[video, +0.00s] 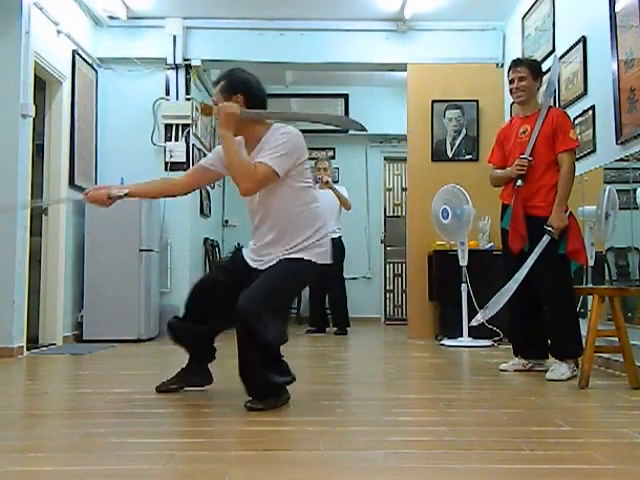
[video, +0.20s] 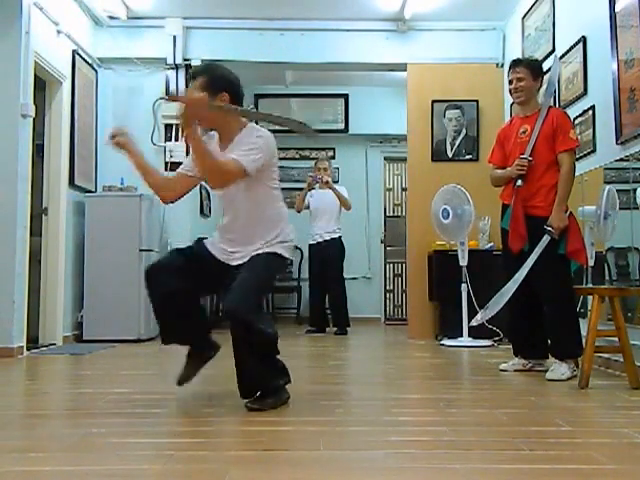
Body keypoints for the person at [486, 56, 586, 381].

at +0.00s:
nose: (516, 85)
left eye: (522, 79)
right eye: (512, 81)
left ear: (538, 82)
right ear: (508, 88)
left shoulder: (555, 117)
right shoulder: (506, 131)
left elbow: (567, 166)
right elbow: (494, 176)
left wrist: (559, 210)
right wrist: (510, 171)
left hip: (547, 214)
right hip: (514, 215)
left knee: (554, 284)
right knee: (520, 284)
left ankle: (565, 358)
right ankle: (529, 355)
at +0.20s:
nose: (515, 86)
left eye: (521, 80)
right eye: (511, 81)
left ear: (538, 82)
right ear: (508, 88)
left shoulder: (555, 117)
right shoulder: (506, 131)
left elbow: (567, 166)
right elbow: (494, 176)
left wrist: (559, 210)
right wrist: (510, 171)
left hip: (548, 214)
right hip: (514, 215)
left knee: (554, 284)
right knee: (521, 284)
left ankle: (565, 358)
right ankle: (530, 355)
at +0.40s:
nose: (514, 86)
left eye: (520, 80)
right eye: (511, 82)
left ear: (538, 83)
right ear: (508, 88)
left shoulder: (555, 117)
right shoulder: (506, 130)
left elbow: (567, 166)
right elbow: (494, 176)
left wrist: (559, 210)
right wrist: (510, 171)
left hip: (548, 214)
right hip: (515, 215)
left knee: (554, 284)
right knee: (521, 284)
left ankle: (565, 358)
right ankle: (529, 355)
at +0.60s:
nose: (514, 86)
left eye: (520, 80)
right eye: (511, 82)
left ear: (538, 83)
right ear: (509, 87)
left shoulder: (556, 117)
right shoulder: (506, 130)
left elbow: (567, 166)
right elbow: (494, 176)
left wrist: (560, 210)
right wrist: (510, 172)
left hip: (547, 214)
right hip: (514, 215)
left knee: (554, 285)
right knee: (520, 284)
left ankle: (565, 358)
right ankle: (529, 355)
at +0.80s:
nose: (514, 87)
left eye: (520, 81)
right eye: (511, 82)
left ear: (538, 83)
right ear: (509, 87)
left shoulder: (556, 117)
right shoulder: (506, 130)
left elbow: (567, 166)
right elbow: (494, 177)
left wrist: (560, 209)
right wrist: (510, 172)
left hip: (547, 214)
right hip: (514, 215)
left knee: (554, 285)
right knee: (520, 285)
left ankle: (565, 358)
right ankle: (529, 355)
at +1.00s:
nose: (514, 87)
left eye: (520, 81)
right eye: (511, 82)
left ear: (539, 83)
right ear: (509, 87)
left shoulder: (556, 117)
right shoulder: (507, 130)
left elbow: (567, 167)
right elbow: (494, 176)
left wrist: (560, 209)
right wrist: (510, 172)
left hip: (547, 214)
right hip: (515, 215)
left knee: (554, 285)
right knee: (521, 285)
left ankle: (566, 358)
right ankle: (529, 355)